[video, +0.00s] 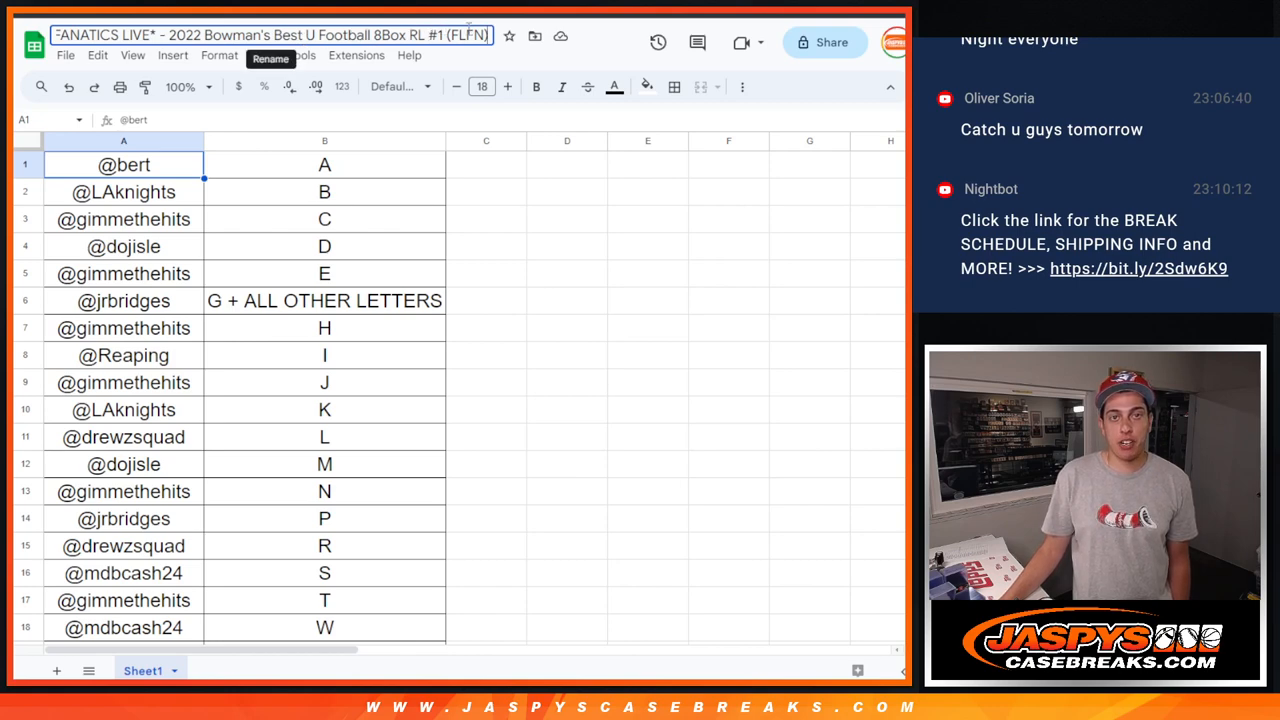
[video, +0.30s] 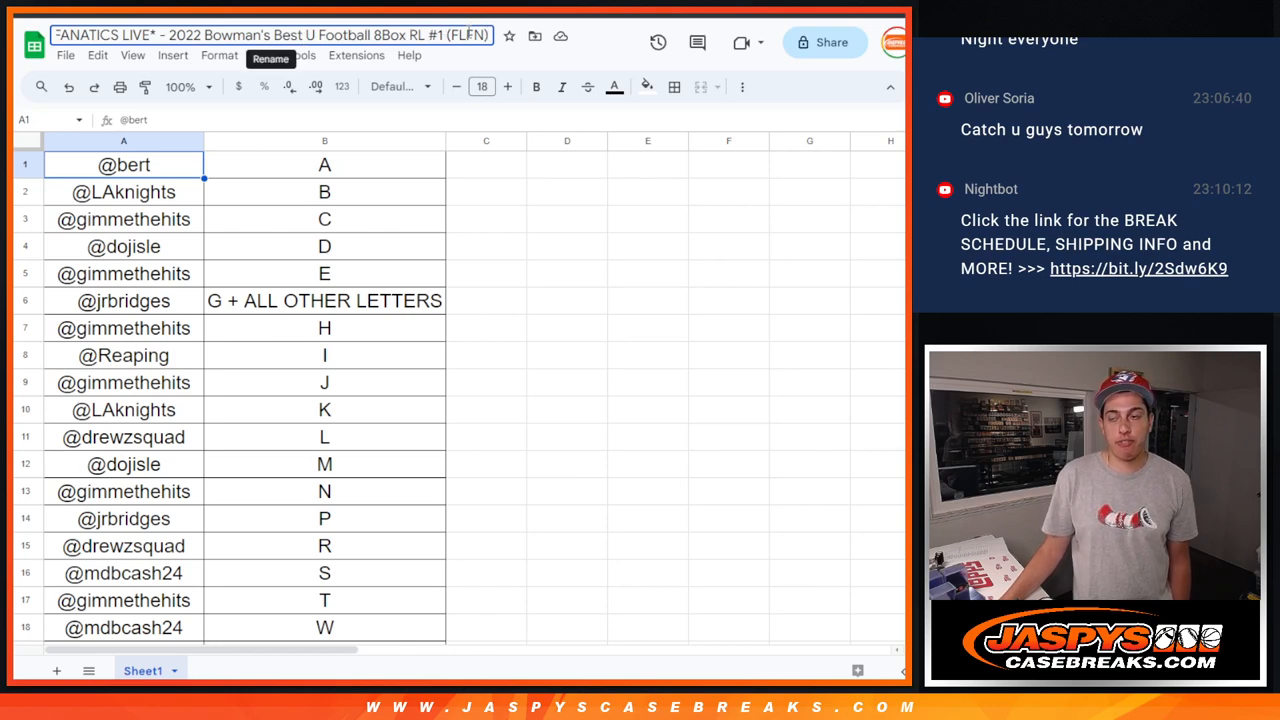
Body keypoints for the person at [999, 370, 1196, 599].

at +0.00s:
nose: (1126, 427)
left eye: (1136, 415)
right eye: (1114, 417)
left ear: (1150, 422)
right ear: (1102, 425)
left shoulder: (1175, 481)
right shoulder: (1074, 476)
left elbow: (1179, 558)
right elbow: (1051, 549)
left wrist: (1179, 611)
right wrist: (1007, 600)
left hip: (1153, 608)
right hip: (1090, 608)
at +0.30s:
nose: (1124, 428)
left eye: (1135, 416)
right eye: (1113, 417)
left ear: (1150, 421)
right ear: (1102, 425)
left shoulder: (1175, 481)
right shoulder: (1074, 476)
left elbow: (1179, 557)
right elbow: (1052, 549)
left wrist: (1180, 609)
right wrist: (1007, 600)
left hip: (1153, 607)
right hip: (1090, 608)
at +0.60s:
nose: (1119, 429)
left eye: (1131, 416)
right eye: (1109, 418)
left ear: (1150, 422)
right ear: (1101, 423)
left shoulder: (1175, 481)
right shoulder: (1074, 475)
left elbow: (1180, 557)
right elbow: (1051, 549)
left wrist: (1180, 610)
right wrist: (1007, 599)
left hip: (1153, 605)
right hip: (1090, 605)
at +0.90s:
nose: (1126, 429)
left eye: (1136, 416)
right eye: (1114, 417)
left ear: (1150, 421)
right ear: (1101, 425)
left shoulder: (1176, 481)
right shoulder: (1074, 476)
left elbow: (1180, 557)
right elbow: (1052, 550)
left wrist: (1180, 611)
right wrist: (1007, 599)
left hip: (1153, 606)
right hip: (1090, 606)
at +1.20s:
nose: (1127, 429)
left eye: (1136, 416)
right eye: (1115, 418)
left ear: (1150, 420)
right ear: (1101, 425)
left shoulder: (1175, 481)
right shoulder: (1074, 476)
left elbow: (1180, 557)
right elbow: (1052, 550)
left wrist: (1181, 611)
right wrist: (1007, 599)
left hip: (1154, 606)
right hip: (1090, 607)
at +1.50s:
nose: (1125, 430)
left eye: (1135, 416)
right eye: (1113, 418)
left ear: (1149, 420)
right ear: (1099, 424)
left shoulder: (1175, 481)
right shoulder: (1073, 477)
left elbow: (1180, 557)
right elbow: (1052, 549)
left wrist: (1181, 611)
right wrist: (1007, 599)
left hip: (1153, 605)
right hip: (1090, 607)